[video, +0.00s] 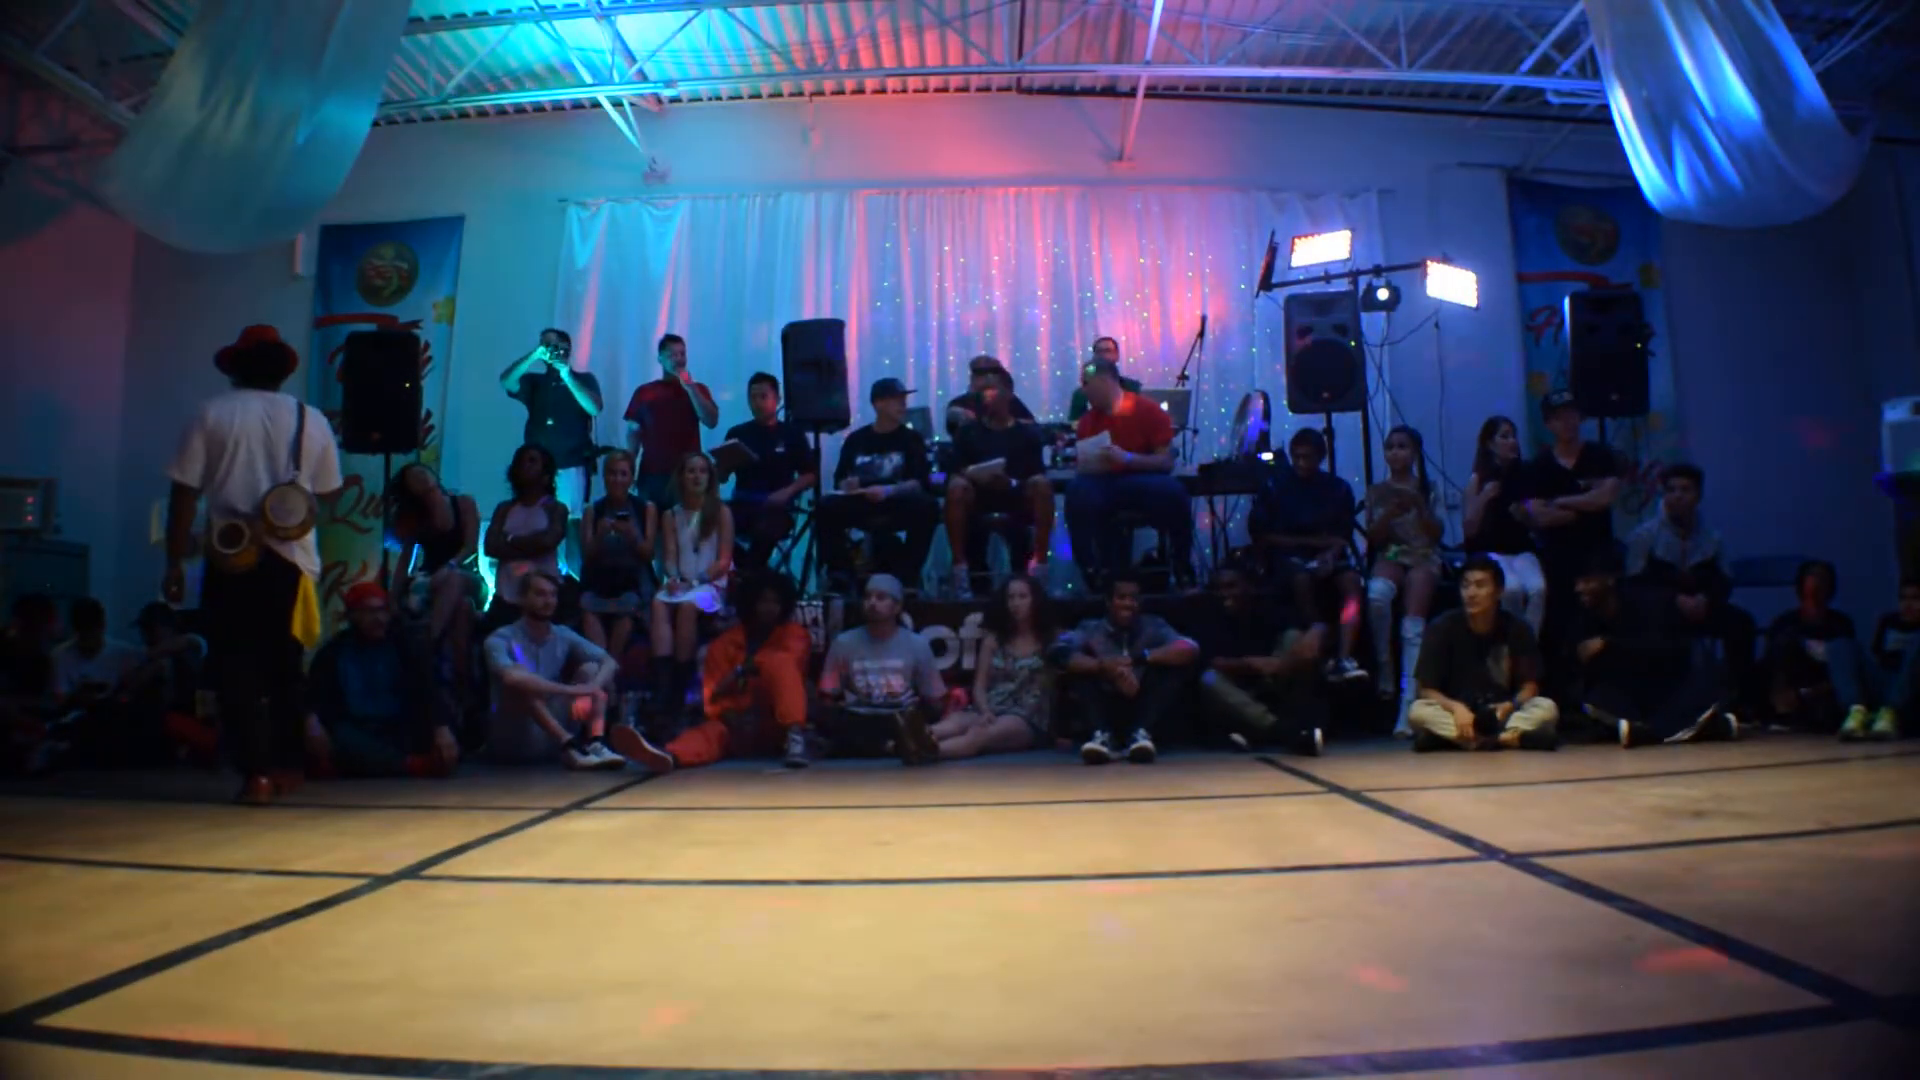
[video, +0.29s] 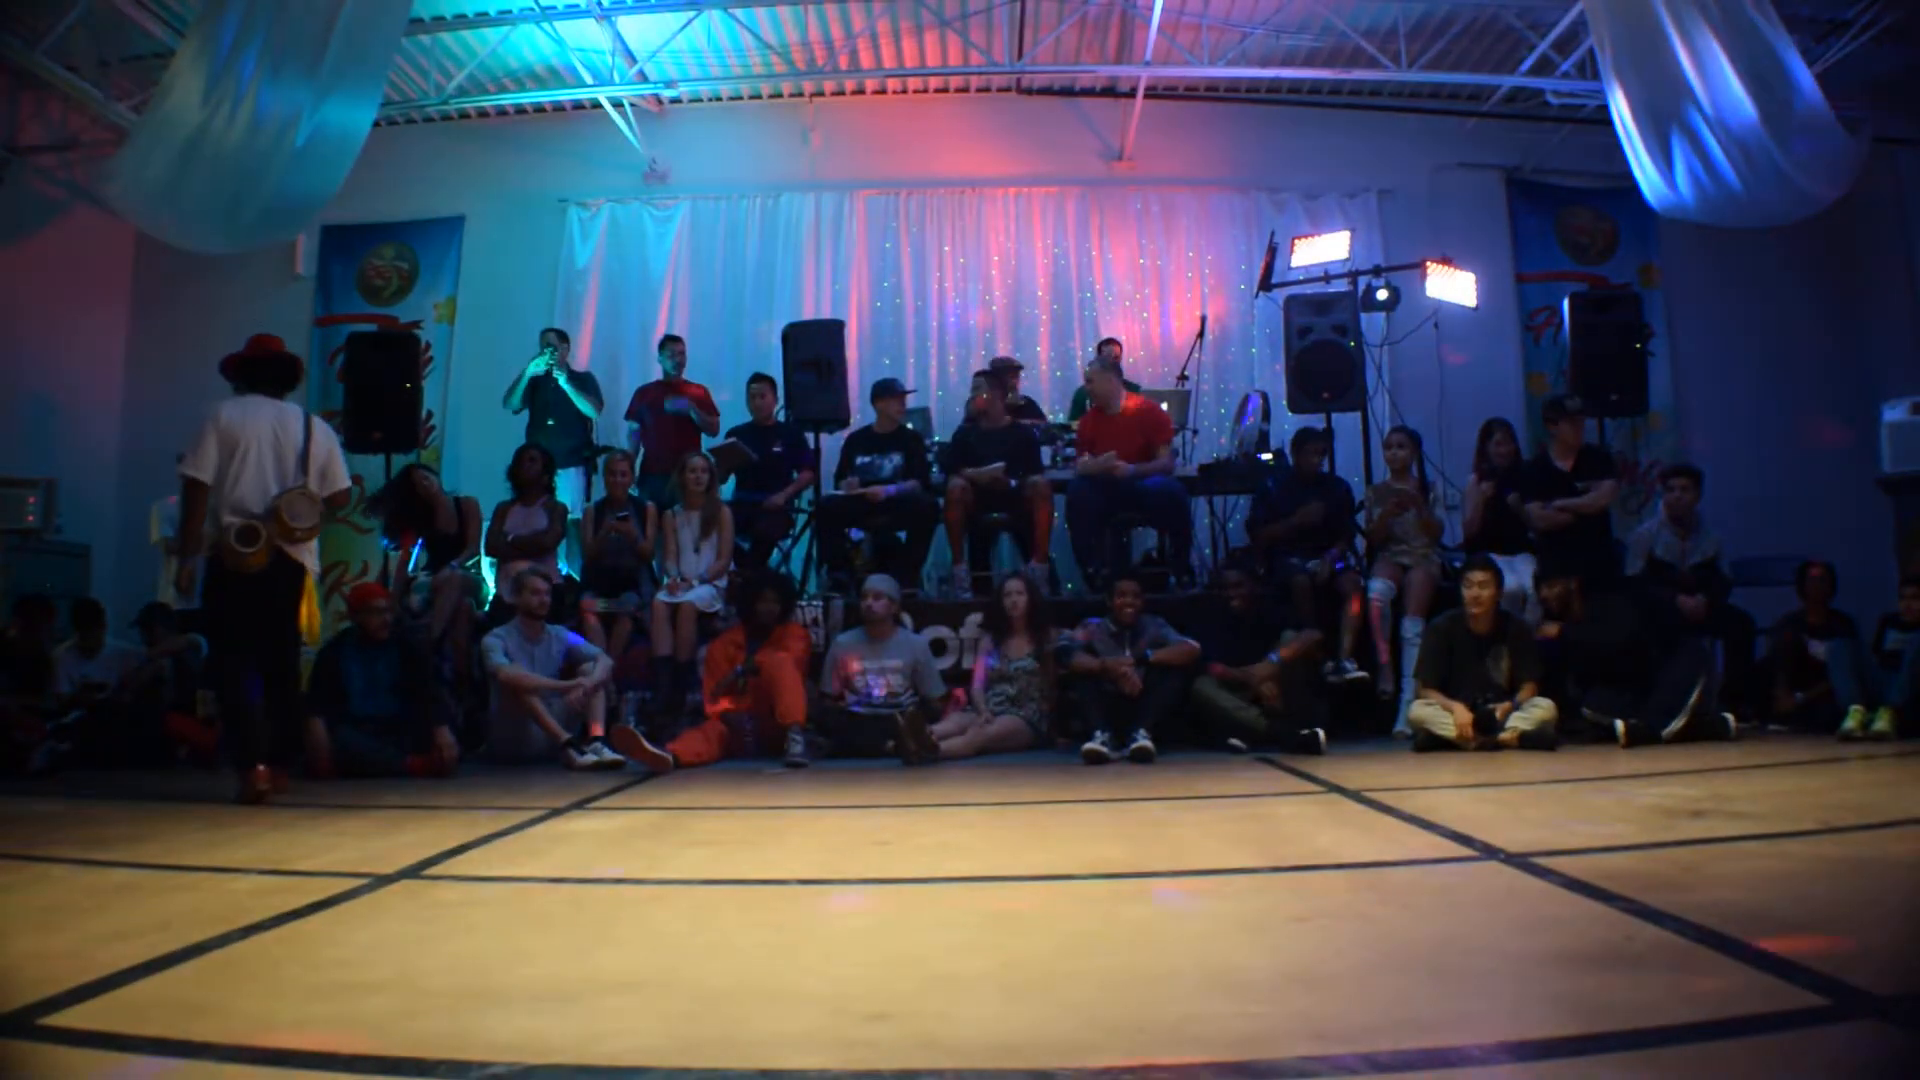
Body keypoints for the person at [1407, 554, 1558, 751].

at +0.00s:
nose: (1471, 593)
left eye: (1480, 585)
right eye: (1466, 586)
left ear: (1498, 591)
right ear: (1460, 591)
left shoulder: (1516, 628)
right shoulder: (1443, 629)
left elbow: (1530, 685)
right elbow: (1425, 689)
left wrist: (1510, 706)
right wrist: (1457, 708)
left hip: (1502, 704)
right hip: (1457, 704)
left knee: (1546, 708)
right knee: (1418, 711)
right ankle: (1505, 740)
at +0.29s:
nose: (1475, 594)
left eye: (1483, 586)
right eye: (1468, 587)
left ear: (1498, 592)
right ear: (1461, 591)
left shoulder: (1515, 627)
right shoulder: (1442, 629)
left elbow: (1529, 685)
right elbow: (1424, 690)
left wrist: (1509, 706)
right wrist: (1456, 708)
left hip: (1501, 705)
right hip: (1457, 705)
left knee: (1545, 708)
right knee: (1418, 711)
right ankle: (1505, 740)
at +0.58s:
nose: (1494, 596)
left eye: (1498, 589)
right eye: (1486, 588)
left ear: (1503, 593)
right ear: (1466, 592)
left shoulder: (1514, 628)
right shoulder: (1442, 629)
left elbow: (1530, 684)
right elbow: (1425, 689)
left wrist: (1510, 706)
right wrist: (1457, 709)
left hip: (1501, 706)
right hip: (1458, 707)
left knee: (1546, 707)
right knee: (1419, 711)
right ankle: (1506, 741)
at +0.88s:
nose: (1499, 597)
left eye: (1502, 590)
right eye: (1490, 590)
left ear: (1507, 593)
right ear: (1468, 594)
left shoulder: (1514, 628)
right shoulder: (1442, 629)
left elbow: (1529, 685)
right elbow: (1425, 690)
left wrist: (1510, 706)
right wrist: (1457, 709)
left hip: (1501, 705)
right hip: (1458, 705)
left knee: (1546, 707)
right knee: (1419, 711)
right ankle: (1506, 740)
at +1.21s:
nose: (1501, 598)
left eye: (1503, 590)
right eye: (1493, 590)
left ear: (1506, 593)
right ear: (1470, 594)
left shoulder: (1514, 629)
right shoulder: (1442, 629)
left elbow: (1529, 685)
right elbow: (1425, 689)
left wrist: (1509, 706)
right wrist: (1456, 708)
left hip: (1501, 705)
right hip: (1457, 706)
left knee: (1545, 707)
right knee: (1418, 711)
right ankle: (1506, 740)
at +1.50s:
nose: (1503, 598)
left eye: (1505, 590)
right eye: (1495, 590)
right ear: (1471, 594)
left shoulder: (1515, 628)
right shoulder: (1443, 628)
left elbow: (1529, 684)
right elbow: (1424, 689)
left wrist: (1510, 706)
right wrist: (1456, 708)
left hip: (1501, 705)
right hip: (1458, 705)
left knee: (1545, 707)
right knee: (1418, 711)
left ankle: (1461, 743)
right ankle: (1507, 740)